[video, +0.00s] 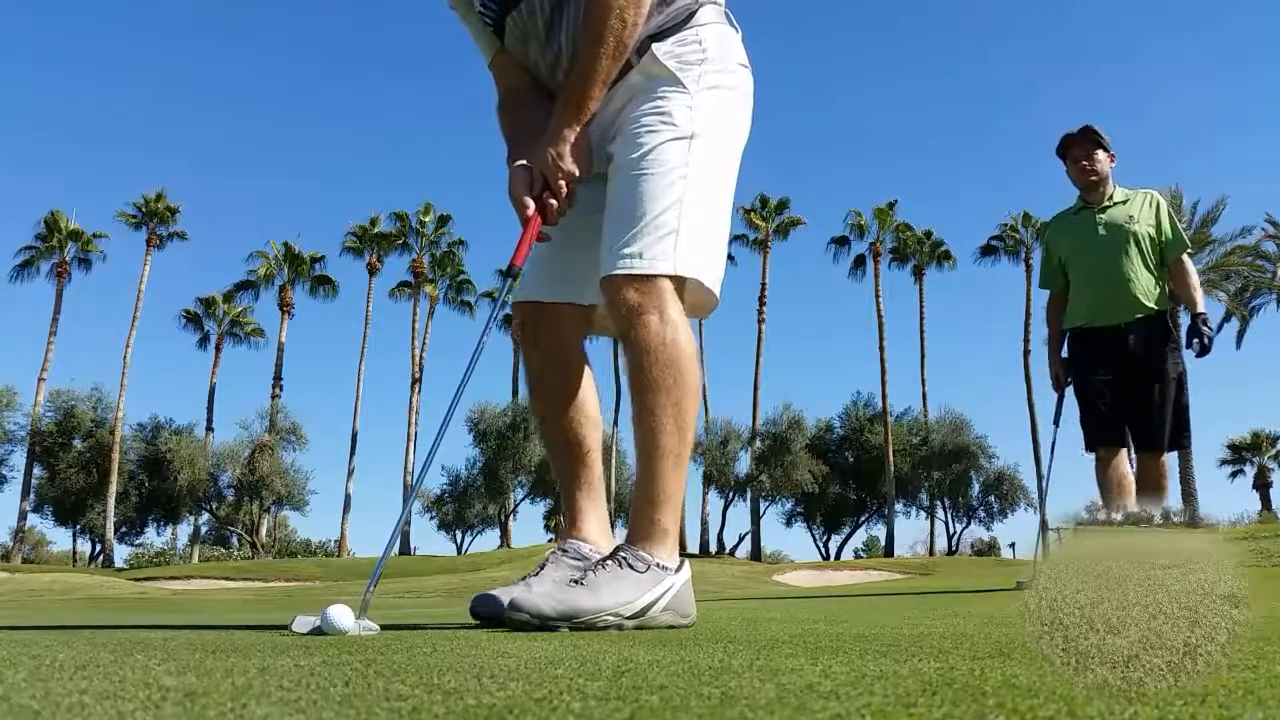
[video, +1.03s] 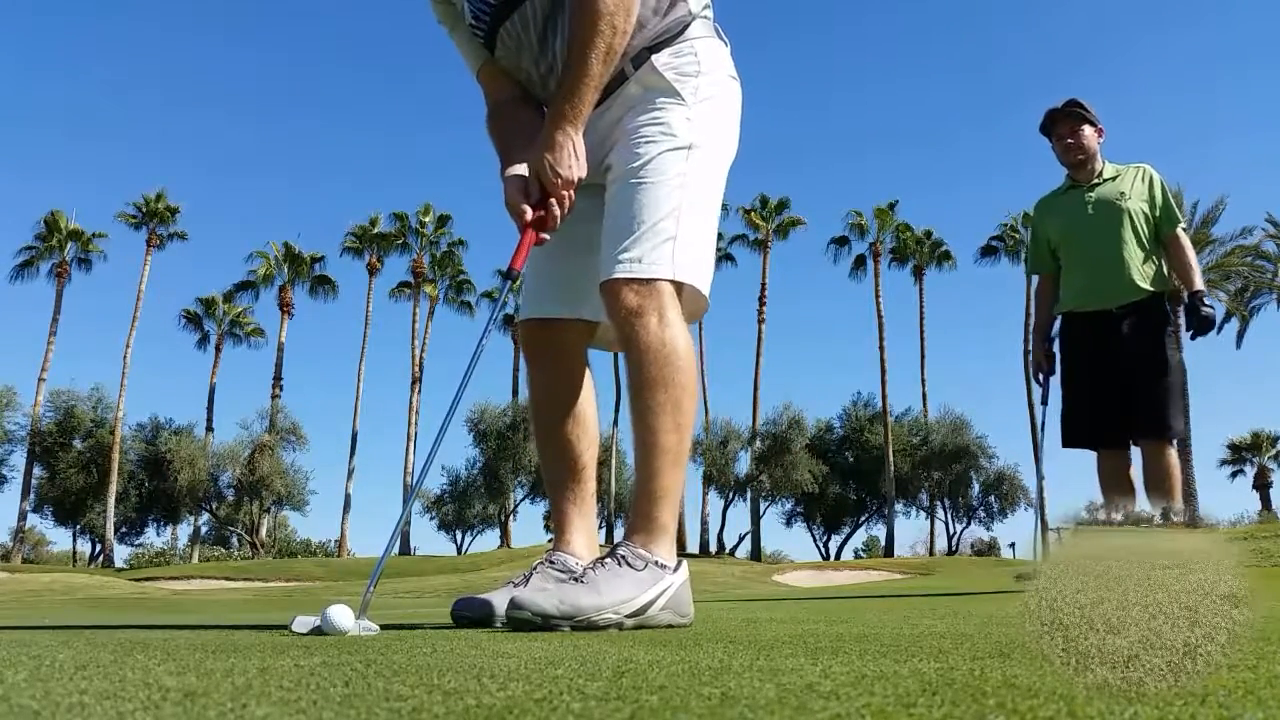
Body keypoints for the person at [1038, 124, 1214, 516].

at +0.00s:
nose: (1086, 163)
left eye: (1092, 155)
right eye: (1076, 160)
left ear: (1110, 159)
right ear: (1068, 171)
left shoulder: (1150, 204)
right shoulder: (1058, 228)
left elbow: (1179, 264)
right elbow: (1057, 298)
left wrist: (1198, 314)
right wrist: (1054, 355)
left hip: (1150, 335)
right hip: (1090, 342)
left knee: (1153, 447)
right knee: (1108, 447)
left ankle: (1152, 534)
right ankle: (1122, 538)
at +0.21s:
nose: (1074, 161)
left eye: (1081, 152)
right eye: (1064, 157)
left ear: (1099, 156)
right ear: (1055, 168)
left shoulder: (1139, 200)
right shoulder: (1049, 229)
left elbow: (1170, 263)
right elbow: (1047, 299)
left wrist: (1191, 319)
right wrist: (1043, 355)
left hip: (1144, 333)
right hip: (1084, 343)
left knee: (1162, 435)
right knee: (1104, 444)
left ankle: (1153, 521)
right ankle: (1119, 530)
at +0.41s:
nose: (1067, 153)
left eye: (1074, 144)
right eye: (1057, 150)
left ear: (1093, 150)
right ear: (1049, 163)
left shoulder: (1135, 194)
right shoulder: (1041, 223)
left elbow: (1168, 256)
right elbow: (1039, 294)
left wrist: (1190, 308)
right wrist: (1029, 350)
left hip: (1141, 326)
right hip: (1079, 338)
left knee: (1160, 419)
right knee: (1102, 442)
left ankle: (1166, 519)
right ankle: (1122, 531)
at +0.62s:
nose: (1066, 148)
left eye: (1073, 138)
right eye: (1055, 144)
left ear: (1092, 143)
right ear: (1048, 157)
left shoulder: (1135, 188)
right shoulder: (1040, 218)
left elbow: (1169, 249)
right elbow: (1038, 292)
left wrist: (1190, 301)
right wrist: (1032, 349)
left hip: (1141, 327)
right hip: (1080, 338)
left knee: (1156, 434)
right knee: (1104, 446)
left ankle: (1170, 531)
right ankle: (1123, 542)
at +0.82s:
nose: (1068, 142)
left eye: (1075, 133)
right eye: (1058, 139)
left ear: (1095, 137)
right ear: (1050, 151)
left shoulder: (1139, 182)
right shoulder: (1045, 213)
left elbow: (1171, 242)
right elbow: (1046, 287)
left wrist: (1193, 293)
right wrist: (1044, 347)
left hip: (1142, 323)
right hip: (1081, 333)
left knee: (1156, 436)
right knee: (1106, 443)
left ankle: (1169, 532)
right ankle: (1121, 539)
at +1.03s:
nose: (1071, 139)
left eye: (1077, 129)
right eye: (1060, 136)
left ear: (1098, 133)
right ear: (1053, 148)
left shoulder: (1142, 179)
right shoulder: (1047, 210)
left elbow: (1174, 239)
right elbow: (1046, 283)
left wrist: (1197, 292)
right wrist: (1040, 341)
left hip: (1146, 319)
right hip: (1085, 329)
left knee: (1157, 434)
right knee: (1107, 440)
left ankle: (1171, 532)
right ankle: (1122, 539)